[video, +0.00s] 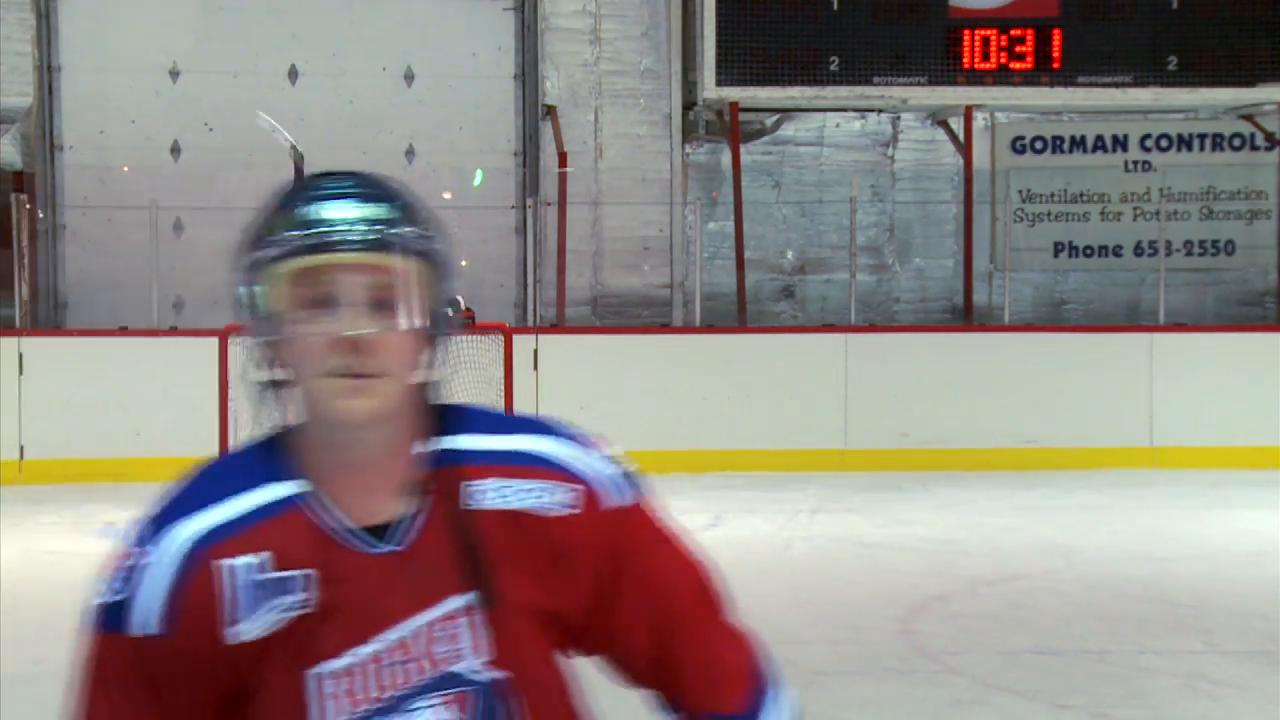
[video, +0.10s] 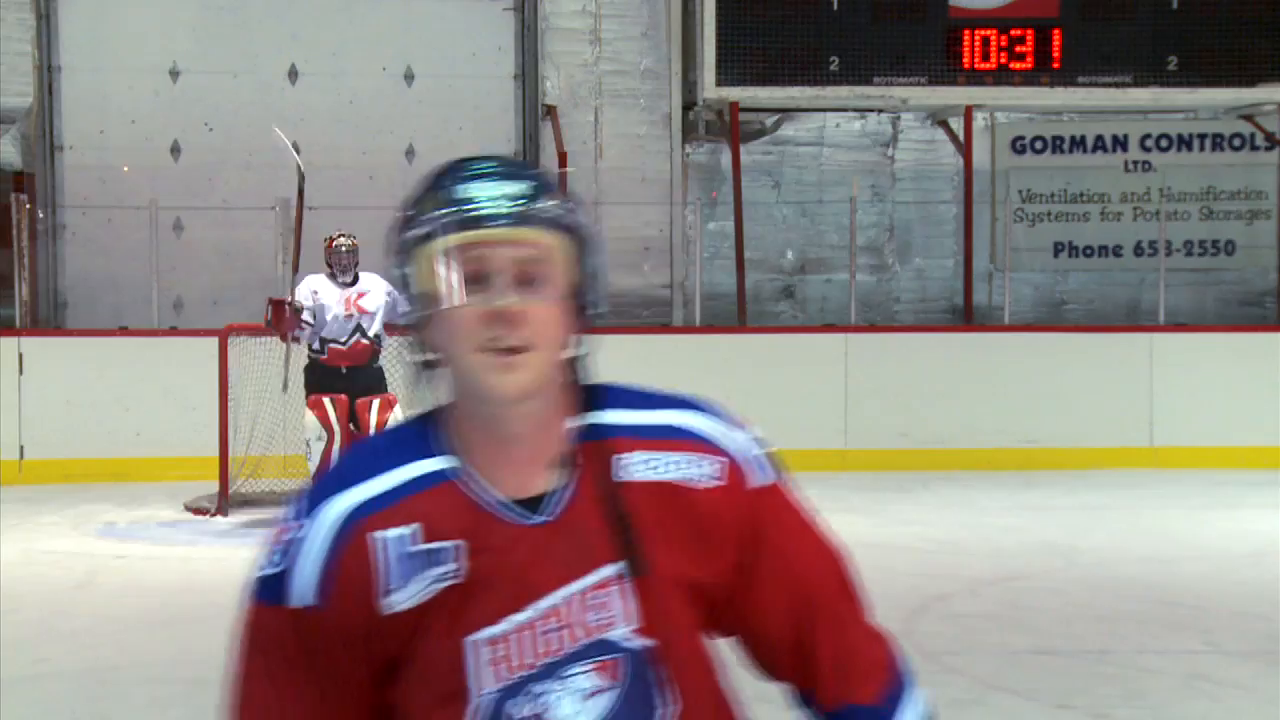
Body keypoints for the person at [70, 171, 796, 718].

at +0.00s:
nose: (353, 333)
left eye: (383, 302)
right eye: (318, 304)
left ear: (431, 327)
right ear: (269, 336)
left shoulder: (553, 487)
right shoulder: (185, 563)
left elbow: (729, 685)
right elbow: (123, 712)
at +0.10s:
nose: (502, 301)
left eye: (530, 274)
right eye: (470, 275)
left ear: (576, 304)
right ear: (422, 310)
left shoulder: (699, 460)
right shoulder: (340, 534)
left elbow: (855, 674)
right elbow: (283, 710)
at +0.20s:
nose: (624, 265)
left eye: (649, 236)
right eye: (588, 245)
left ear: (695, 269)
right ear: (544, 292)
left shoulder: (821, 427)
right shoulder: (469, 497)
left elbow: (959, 672)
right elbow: (421, 710)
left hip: (814, 706)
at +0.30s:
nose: (721, 221)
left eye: (745, 192)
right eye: (684, 200)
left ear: (792, 230)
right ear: (642, 250)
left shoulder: (912, 388)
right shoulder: (569, 452)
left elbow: (1027, 659)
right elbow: (518, 704)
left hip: (901, 711)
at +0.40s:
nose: (798, 205)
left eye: (824, 179)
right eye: (766, 181)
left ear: (868, 213)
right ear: (720, 221)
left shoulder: (986, 365)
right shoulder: (649, 419)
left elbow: (1075, 626)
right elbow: (586, 687)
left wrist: (1089, 714)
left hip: (971, 707)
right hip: (743, 708)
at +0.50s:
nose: (853, 199)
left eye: (880, 170)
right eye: (822, 173)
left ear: (923, 202)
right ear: (777, 210)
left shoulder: (1046, 355)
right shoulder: (693, 405)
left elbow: (1128, 642)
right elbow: (637, 682)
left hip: (1028, 706)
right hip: (795, 706)